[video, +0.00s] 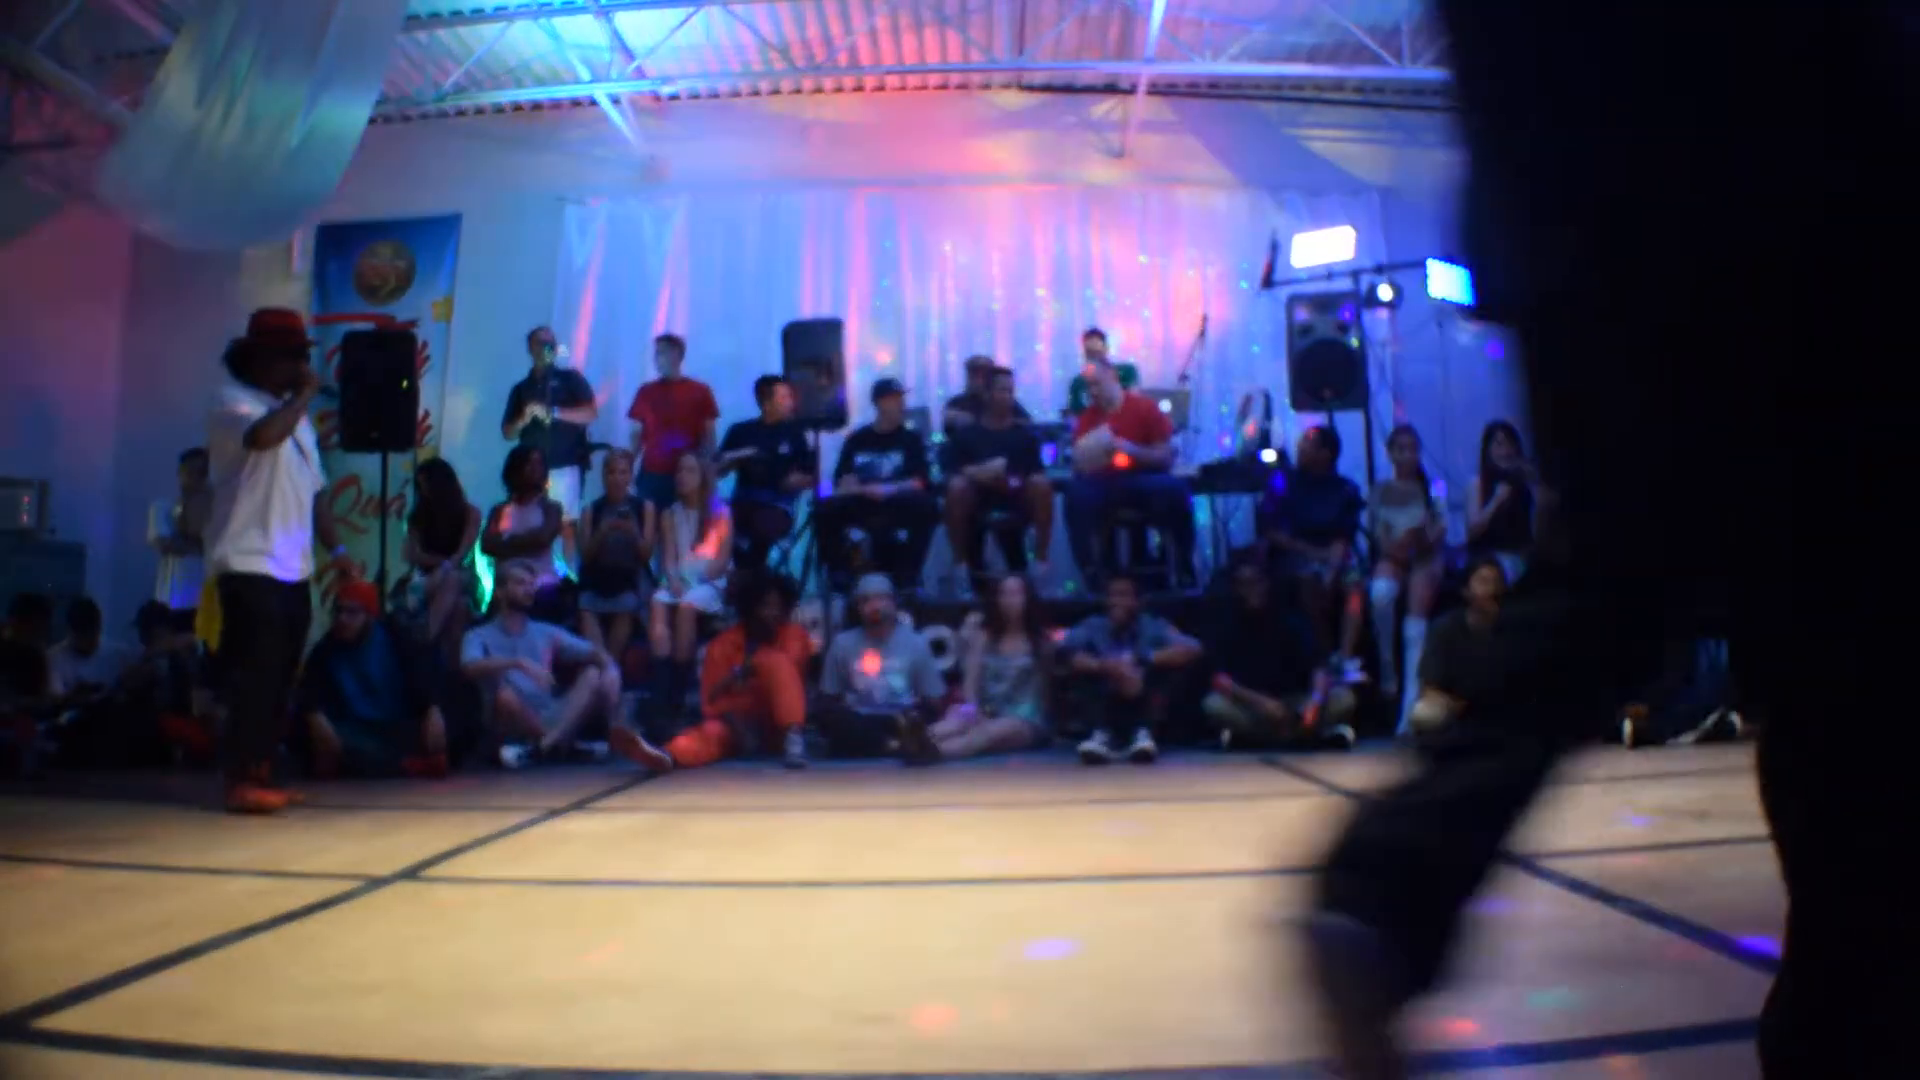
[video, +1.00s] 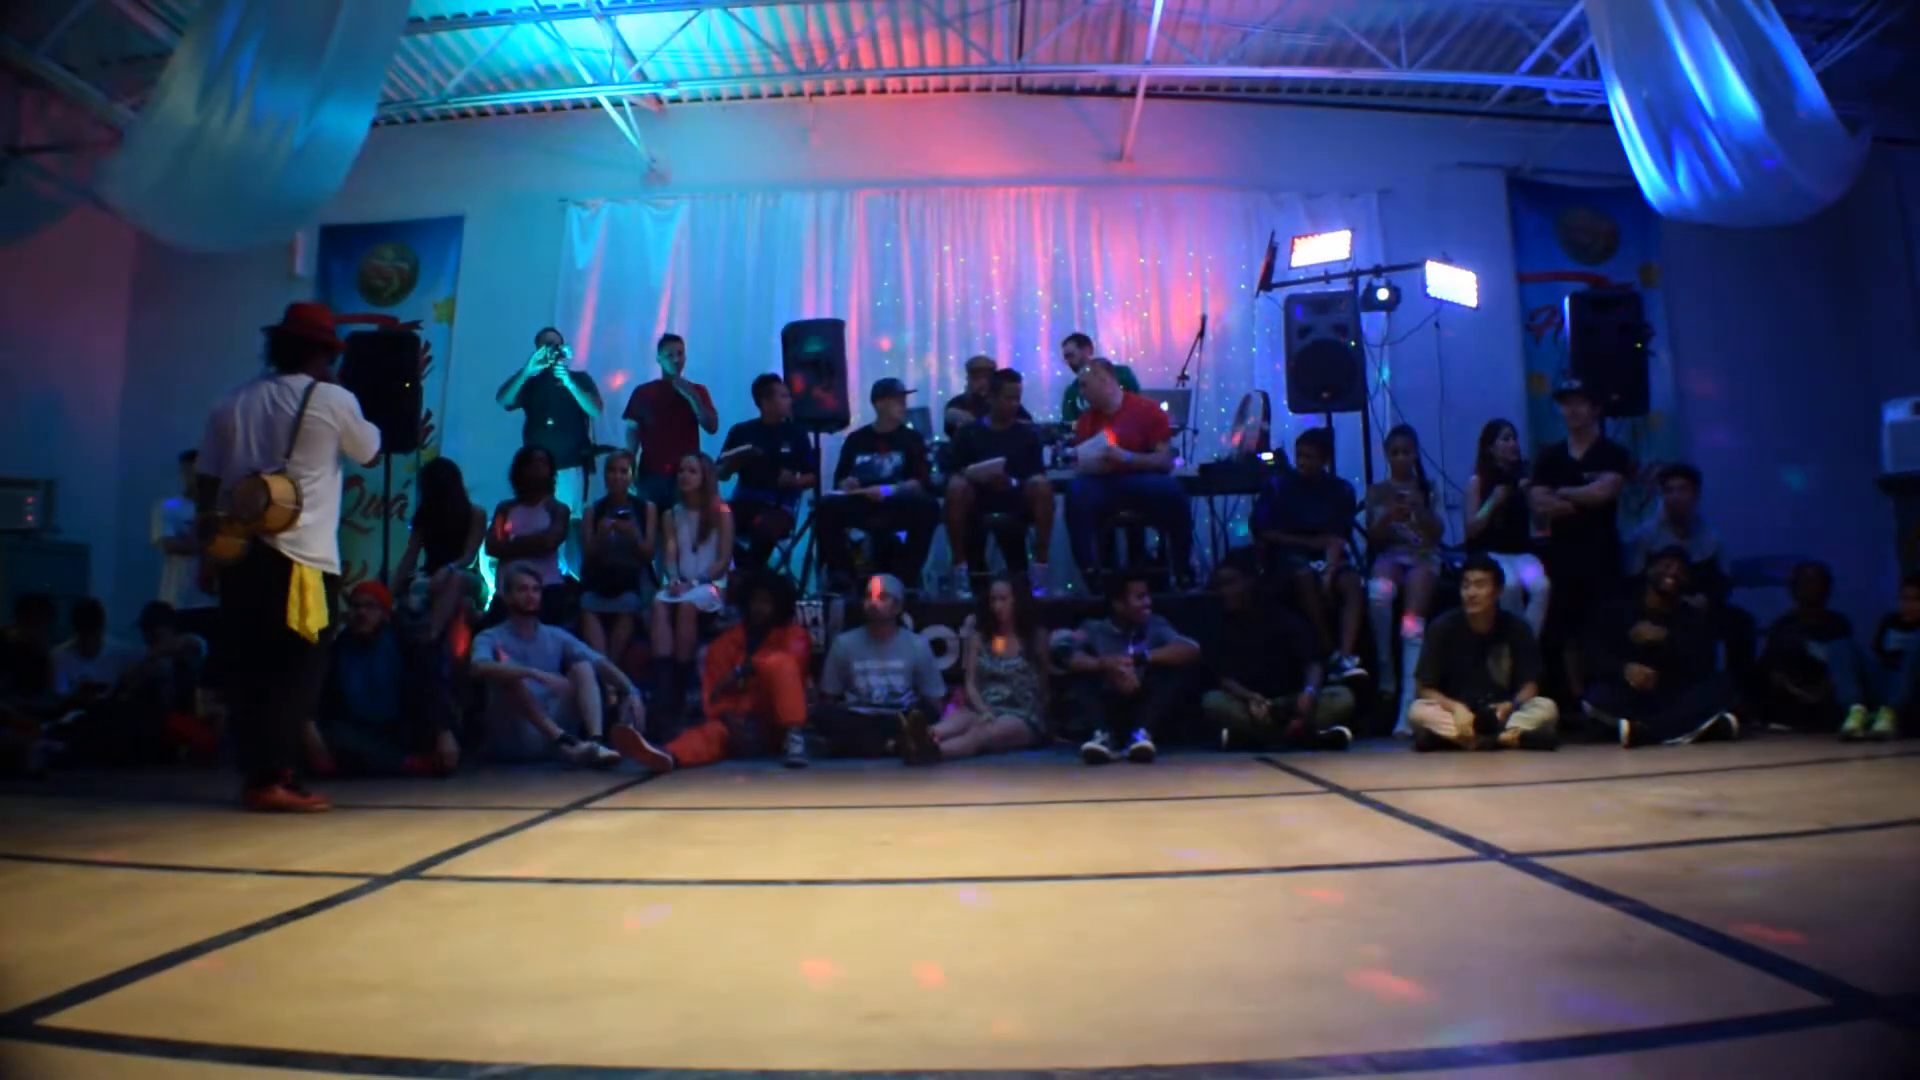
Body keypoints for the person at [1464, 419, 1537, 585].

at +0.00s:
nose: (1505, 450)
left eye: (1509, 444)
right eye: (1498, 444)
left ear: (1517, 447)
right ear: (1488, 450)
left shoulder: (1526, 480)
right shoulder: (1479, 484)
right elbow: (1474, 527)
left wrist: (1533, 481)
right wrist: (1497, 500)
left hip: (1520, 549)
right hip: (1489, 549)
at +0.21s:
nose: (1502, 451)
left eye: (1506, 444)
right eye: (1495, 446)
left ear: (1514, 449)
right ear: (1484, 451)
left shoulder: (1523, 481)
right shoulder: (1476, 486)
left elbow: (1553, 506)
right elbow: (1473, 528)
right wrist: (1496, 499)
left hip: (1522, 550)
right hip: (1491, 551)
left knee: (1543, 585)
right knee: (1510, 583)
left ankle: (1532, 642)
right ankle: (1507, 639)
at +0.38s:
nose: (1499, 453)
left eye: (1504, 446)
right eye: (1492, 447)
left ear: (1511, 450)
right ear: (1481, 452)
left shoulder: (1519, 480)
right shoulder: (1475, 486)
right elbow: (1471, 526)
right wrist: (1494, 501)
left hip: (1520, 550)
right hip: (1490, 551)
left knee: (1539, 585)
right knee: (1508, 585)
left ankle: (1529, 644)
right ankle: (1503, 641)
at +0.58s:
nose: (1496, 453)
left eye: (1500, 447)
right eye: (1490, 448)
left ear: (1508, 449)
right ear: (1479, 452)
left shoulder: (1517, 479)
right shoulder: (1474, 485)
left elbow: (1538, 506)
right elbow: (1468, 529)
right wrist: (1493, 502)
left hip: (1517, 550)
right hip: (1488, 550)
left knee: (1537, 586)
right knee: (1506, 586)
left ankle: (1527, 644)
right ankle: (1500, 642)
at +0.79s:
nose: (1502, 450)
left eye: (1506, 443)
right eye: (1496, 444)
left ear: (1513, 447)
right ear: (1484, 449)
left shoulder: (1522, 477)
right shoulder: (1476, 483)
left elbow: (1539, 510)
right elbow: (1471, 527)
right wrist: (1492, 498)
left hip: (1520, 548)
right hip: (1490, 549)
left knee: (1540, 585)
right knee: (1508, 584)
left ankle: (1529, 643)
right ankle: (1505, 640)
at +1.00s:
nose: (1512, 444)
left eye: (1514, 438)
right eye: (1505, 439)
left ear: (1518, 442)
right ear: (1490, 446)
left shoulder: (1524, 475)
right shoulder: (1478, 482)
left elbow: (1540, 519)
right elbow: (1471, 528)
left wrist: (1532, 495)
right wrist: (1494, 501)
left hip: (1522, 548)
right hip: (1491, 549)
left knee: (1540, 584)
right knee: (1510, 585)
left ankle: (1530, 642)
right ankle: (1510, 639)